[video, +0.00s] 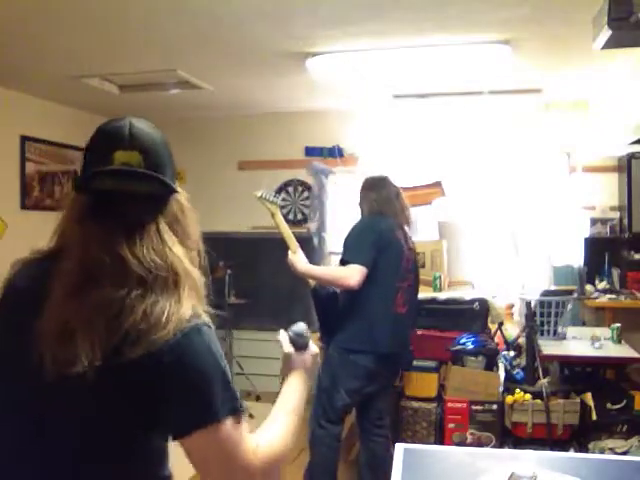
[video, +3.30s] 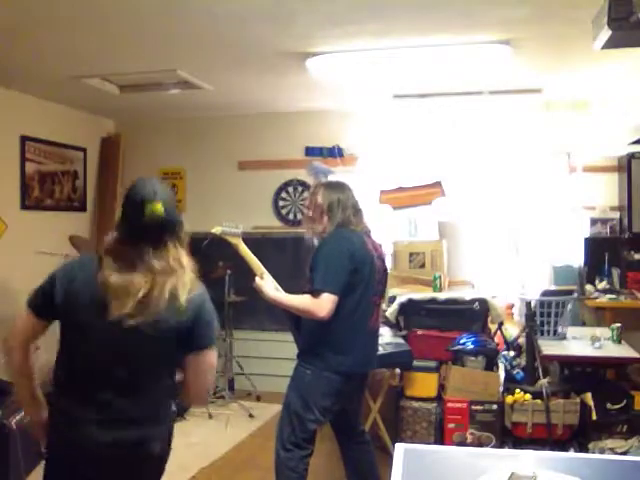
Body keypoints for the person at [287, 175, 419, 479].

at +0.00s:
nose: (359, 204)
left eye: (361, 199)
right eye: (360, 198)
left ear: (366, 199)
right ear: (394, 199)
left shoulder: (370, 227)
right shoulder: (401, 235)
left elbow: (352, 277)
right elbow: (391, 289)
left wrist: (306, 268)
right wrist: (342, 266)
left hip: (358, 346)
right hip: (390, 347)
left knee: (326, 422)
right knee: (376, 428)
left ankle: (320, 474)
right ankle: (377, 476)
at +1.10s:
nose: (322, 214)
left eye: (325, 207)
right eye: (323, 207)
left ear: (337, 207)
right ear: (361, 206)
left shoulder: (341, 238)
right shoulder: (377, 243)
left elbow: (321, 295)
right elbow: (370, 300)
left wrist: (276, 285)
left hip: (331, 358)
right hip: (363, 357)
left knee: (299, 439)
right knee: (357, 435)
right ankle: (373, 475)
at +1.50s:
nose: (306, 220)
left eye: (310, 212)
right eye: (305, 212)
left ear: (326, 211)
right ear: (343, 209)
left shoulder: (331, 241)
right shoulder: (366, 243)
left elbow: (316, 297)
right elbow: (372, 303)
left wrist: (292, 330)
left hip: (323, 354)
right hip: (355, 355)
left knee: (292, 435)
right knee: (349, 429)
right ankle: (364, 474)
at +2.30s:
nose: (307, 210)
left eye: (312, 203)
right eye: (308, 203)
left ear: (328, 207)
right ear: (349, 206)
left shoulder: (338, 240)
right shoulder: (368, 241)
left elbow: (324, 307)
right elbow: (362, 304)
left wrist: (280, 294)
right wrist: (311, 292)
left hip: (328, 361)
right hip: (358, 360)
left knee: (295, 445)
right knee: (352, 433)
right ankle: (367, 476)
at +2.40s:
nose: (308, 207)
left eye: (314, 201)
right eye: (310, 200)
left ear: (330, 207)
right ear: (349, 207)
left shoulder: (338, 240)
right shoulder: (368, 242)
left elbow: (325, 307)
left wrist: (279, 294)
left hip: (328, 361)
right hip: (358, 360)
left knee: (295, 445)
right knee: (352, 433)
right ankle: (368, 475)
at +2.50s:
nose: (308, 207)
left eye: (313, 201)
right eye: (309, 200)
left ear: (330, 207)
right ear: (349, 207)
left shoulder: (338, 241)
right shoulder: (367, 242)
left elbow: (326, 307)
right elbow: (361, 305)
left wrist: (280, 295)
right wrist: (310, 297)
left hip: (327, 362)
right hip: (358, 361)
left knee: (296, 445)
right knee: (352, 433)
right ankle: (368, 476)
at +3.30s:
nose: (308, 213)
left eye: (312, 206)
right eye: (309, 206)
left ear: (327, 210)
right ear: (349, 208)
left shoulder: (337, 243)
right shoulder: (365, 243)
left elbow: (322, 308)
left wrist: (275, 295)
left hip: (325, 363)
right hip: (355, 362)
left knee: (292, 446)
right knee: (351, 433)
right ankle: (368, 476)